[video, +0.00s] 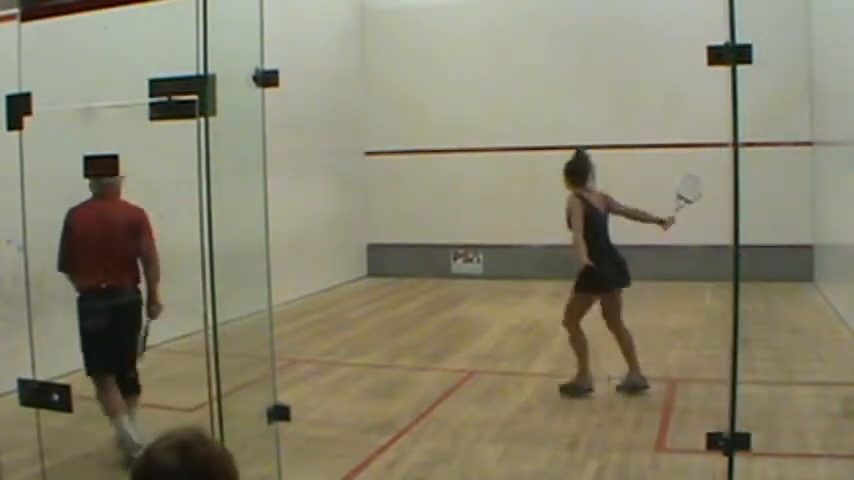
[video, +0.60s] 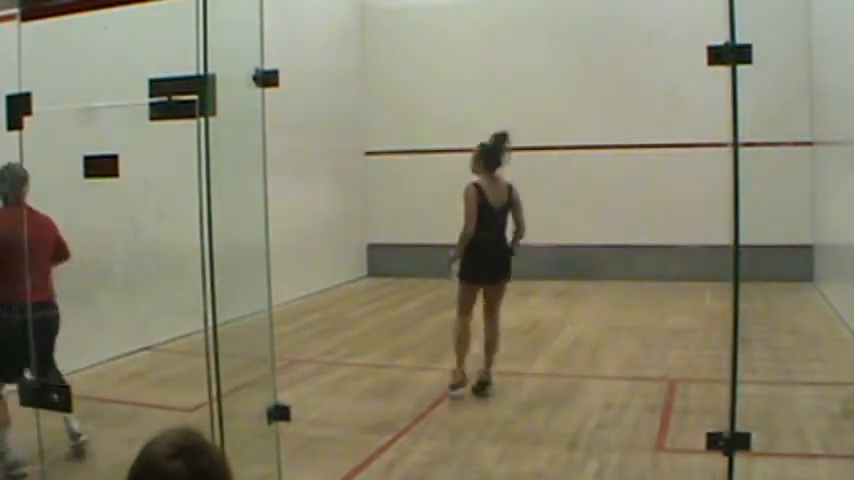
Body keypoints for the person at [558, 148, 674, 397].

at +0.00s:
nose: (565, 181)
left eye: (565, 177)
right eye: (567, 177)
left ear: (568, 178)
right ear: (588, 176)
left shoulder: (575, 200)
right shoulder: (600, 198)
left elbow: (577, 229)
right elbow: (628, 212)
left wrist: (583, 258)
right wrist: (658, 220)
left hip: (595, 269)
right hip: (613, 266)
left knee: (571, 320)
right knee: (614, 320)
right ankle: (635, 374)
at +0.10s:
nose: (548, 186)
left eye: (549, 182)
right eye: (551, 182)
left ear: (551, 184)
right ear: (572, 181)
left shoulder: (554, 208)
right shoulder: (585, 202)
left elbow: (558, 240)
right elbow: (613, 220)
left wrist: (560, 273)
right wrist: (645, 233)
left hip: (576, 275)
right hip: (598, 272)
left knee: (546, 320)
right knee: (610, 324)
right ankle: (635, 374)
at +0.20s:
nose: (529, 191)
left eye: (530, 187)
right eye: (532, 187)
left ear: (531, 189)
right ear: (554, 187)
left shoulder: (531, 214)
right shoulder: (565, 207)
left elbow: (533, 249)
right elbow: (588, 230)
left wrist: (532, 280)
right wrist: (609, 245)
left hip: (551, 280)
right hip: (576, 277)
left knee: (523, 323)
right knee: (596, 325)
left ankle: (516, 378)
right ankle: (629, 371)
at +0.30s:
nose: (510, 187)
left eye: (511, 184)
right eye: (513, 184)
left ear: (514, 187)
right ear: (535, 186)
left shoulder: (509, 213)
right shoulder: (546, 207)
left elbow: (505, 250)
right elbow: (566, 241)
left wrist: (496, 278)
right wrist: (585, 265)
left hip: (525, 279)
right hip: (550, 276)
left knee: (507, 322)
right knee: (569, 323)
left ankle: (514, 377)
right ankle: (610, 369)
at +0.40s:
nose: (497, 172)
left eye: (499, 169)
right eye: (501, 169)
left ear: (501, 172)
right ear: (522, 171)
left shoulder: (495, 197)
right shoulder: (532, 195)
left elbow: (491, 230)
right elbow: (546, 229)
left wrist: (482, 249)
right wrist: (557, 258)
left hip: (506, 268)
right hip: (531, 265)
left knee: (504, 326)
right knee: (543, 319)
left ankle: (511, 376)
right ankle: (563, 367)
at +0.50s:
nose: (484, 157)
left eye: (487, 154)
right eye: (486, 153)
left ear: (493, 158)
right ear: (508, 159)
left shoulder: (484, 184)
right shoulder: (520, 184)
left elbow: (481, 220)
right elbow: (532, 221)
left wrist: (469, 248)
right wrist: (534, 249)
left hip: (490, 254)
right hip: (516, 252)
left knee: (490, 313)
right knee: (514, 311)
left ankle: (492, 368)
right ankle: (515, 367)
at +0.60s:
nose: (471, 162)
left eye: (474, 158)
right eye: (474, 158)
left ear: (481, 162)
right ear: (496, 164)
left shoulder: (474, 189)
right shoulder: (508, 189)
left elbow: (470, 228)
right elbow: (519, 226)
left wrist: (457, 252)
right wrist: (513, 245)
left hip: (475, 254)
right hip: (500, 254)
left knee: (464, 314)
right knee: (492, 316)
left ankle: (459, 372)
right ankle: (487, 373)